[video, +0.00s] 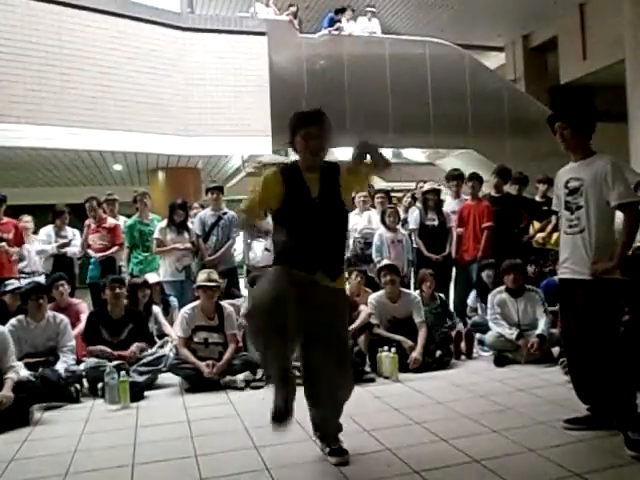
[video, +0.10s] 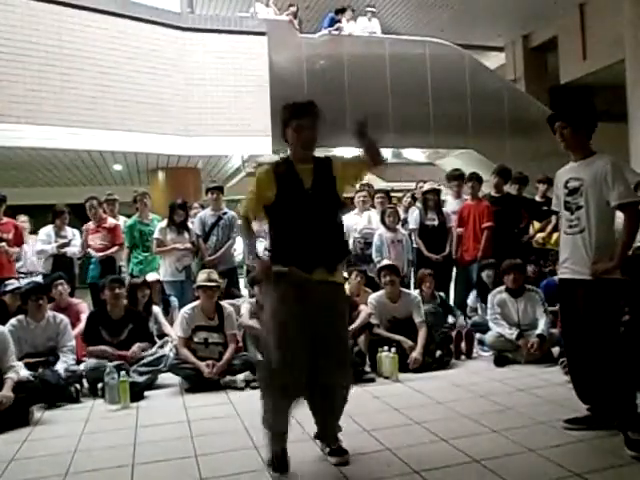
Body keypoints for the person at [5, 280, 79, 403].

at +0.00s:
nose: (40, 302)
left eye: (42, 298)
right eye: (35, 299)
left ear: (48, 300)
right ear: (26, 304)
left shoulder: (60, 321)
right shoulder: (14, 326)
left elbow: (68, 352)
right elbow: (11, 360)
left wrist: (57, 371)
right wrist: (26, 375)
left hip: (54, 369)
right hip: (27, 371)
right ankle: (68, 393)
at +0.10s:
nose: (40, 303)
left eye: (42, 299)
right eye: (35, 300)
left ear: (47, 301)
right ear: (26, 304)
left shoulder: (61, 321)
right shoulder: (14, 326)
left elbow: (68, 353)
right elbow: (11, 360)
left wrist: (57, 372)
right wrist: (27, 375)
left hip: (54, 369)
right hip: (28, 372)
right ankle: (66, 394)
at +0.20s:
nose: (40, 303)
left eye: (42, 299)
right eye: (35, 299)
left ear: (48, 301)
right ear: (26, 304)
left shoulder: (61, 322)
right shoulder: (14, 326)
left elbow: (68, 353)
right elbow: (11, 360)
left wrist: (56, 372)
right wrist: (28, 376)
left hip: (54, 369)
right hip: (27, 372)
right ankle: (66, 394)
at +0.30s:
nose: (39, 303)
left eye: (42, 299)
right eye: (34, 300)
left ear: (47, 301)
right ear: (25, 304)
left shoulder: (60, 321)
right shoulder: (14, 326)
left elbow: (69, 353)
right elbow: (10, 359)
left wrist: (55, 372)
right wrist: (25, 375)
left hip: (54, 368)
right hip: (28, 371)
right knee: (20, 388)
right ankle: (68, 394)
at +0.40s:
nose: (39, 303)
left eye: (42, 299)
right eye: (34, 300)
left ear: (47, 301)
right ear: (25, 304)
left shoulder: (60, 321)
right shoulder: (14, 326)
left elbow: (69, 352)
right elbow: (10, 359)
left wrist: (58, 371)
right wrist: (24, 375)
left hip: (53, 367)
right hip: (27, 370)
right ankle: (69, 394)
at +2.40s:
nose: (53, 303)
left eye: (52, 299)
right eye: (47, 300)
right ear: (35, 305)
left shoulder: (64, 323)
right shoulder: (18, 329)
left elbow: (72, 353)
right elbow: (16, 359)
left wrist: (64, 372)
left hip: (58, 369)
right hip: (32, 372)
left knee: (79, 375)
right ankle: (69, 396)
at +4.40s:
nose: (44, 305)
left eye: (47, 301)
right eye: (39, 302)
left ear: (53, 303)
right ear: (31, 305)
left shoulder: (64, 323)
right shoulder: (18, 328)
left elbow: (72, 353)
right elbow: (14, 357)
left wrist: (63, 373)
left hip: (58, 369)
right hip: (32, 372)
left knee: (79, 375)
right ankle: (69, 397)